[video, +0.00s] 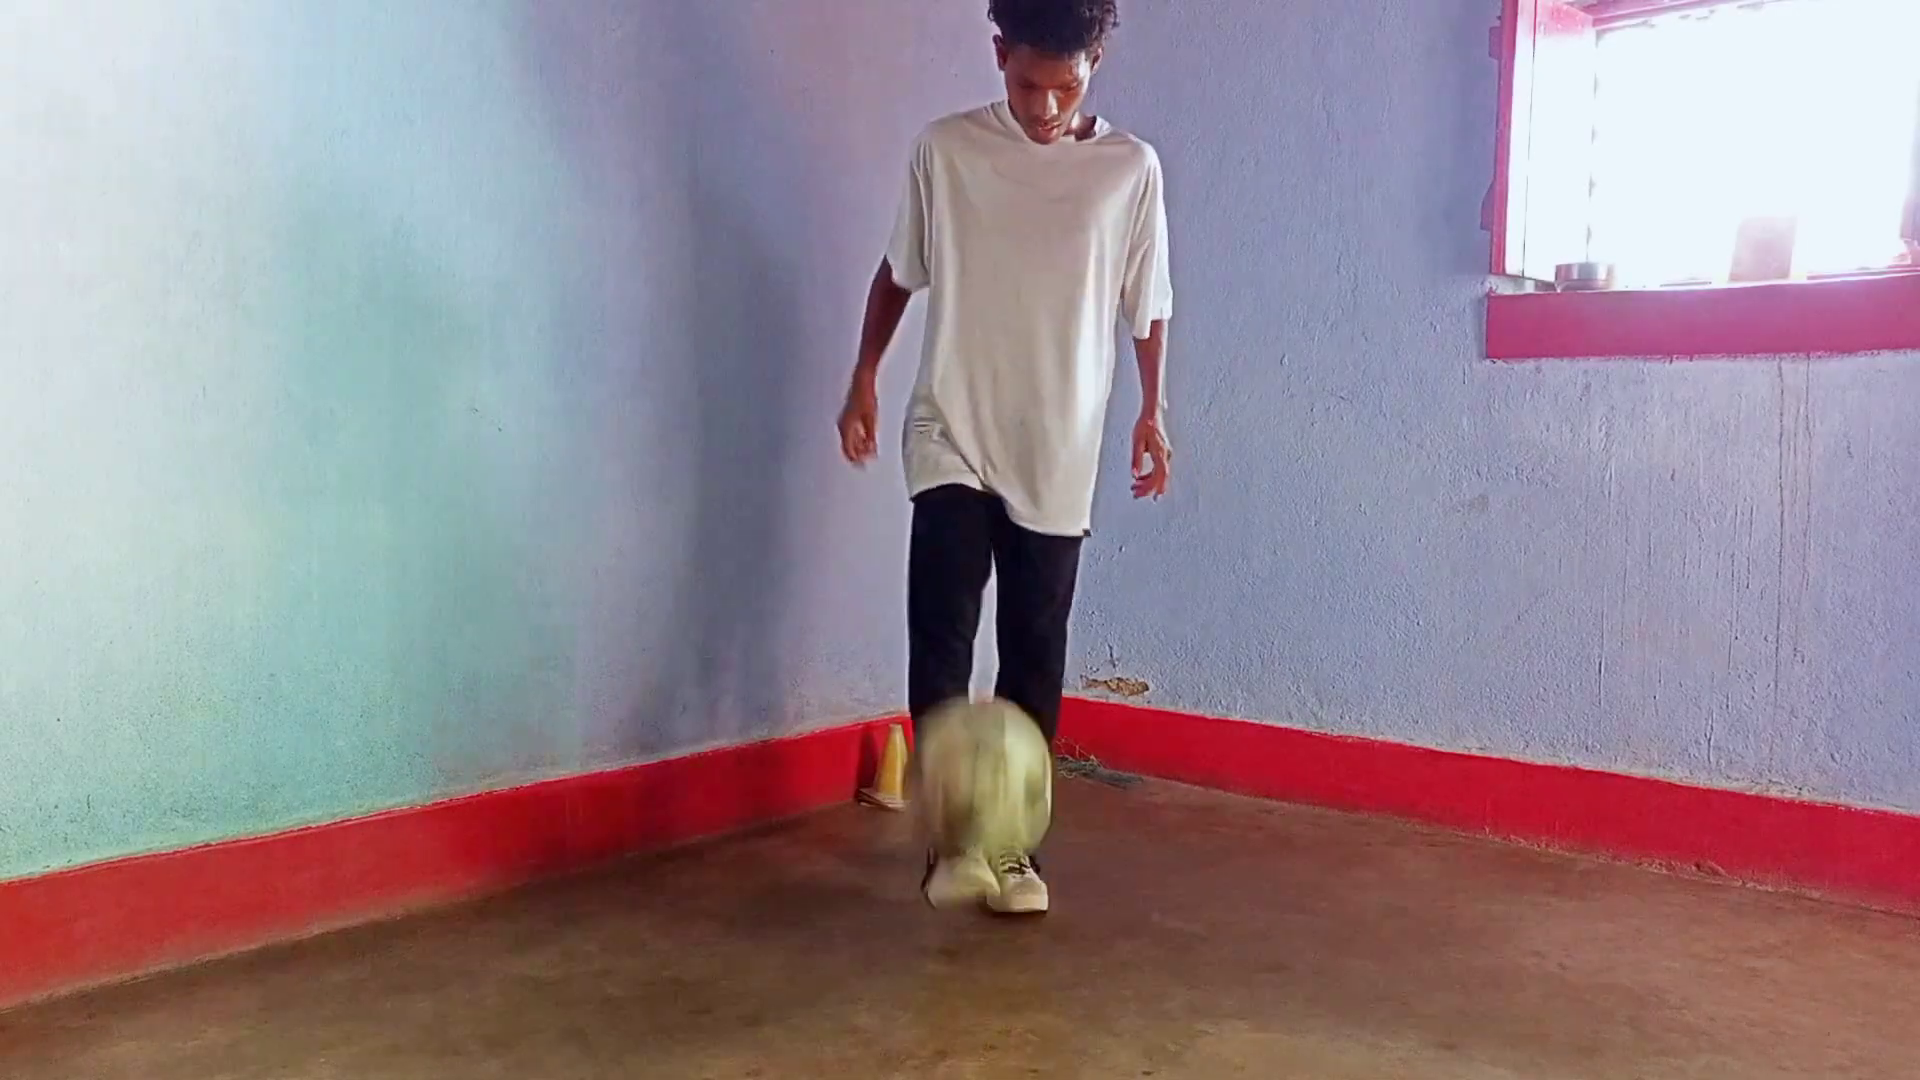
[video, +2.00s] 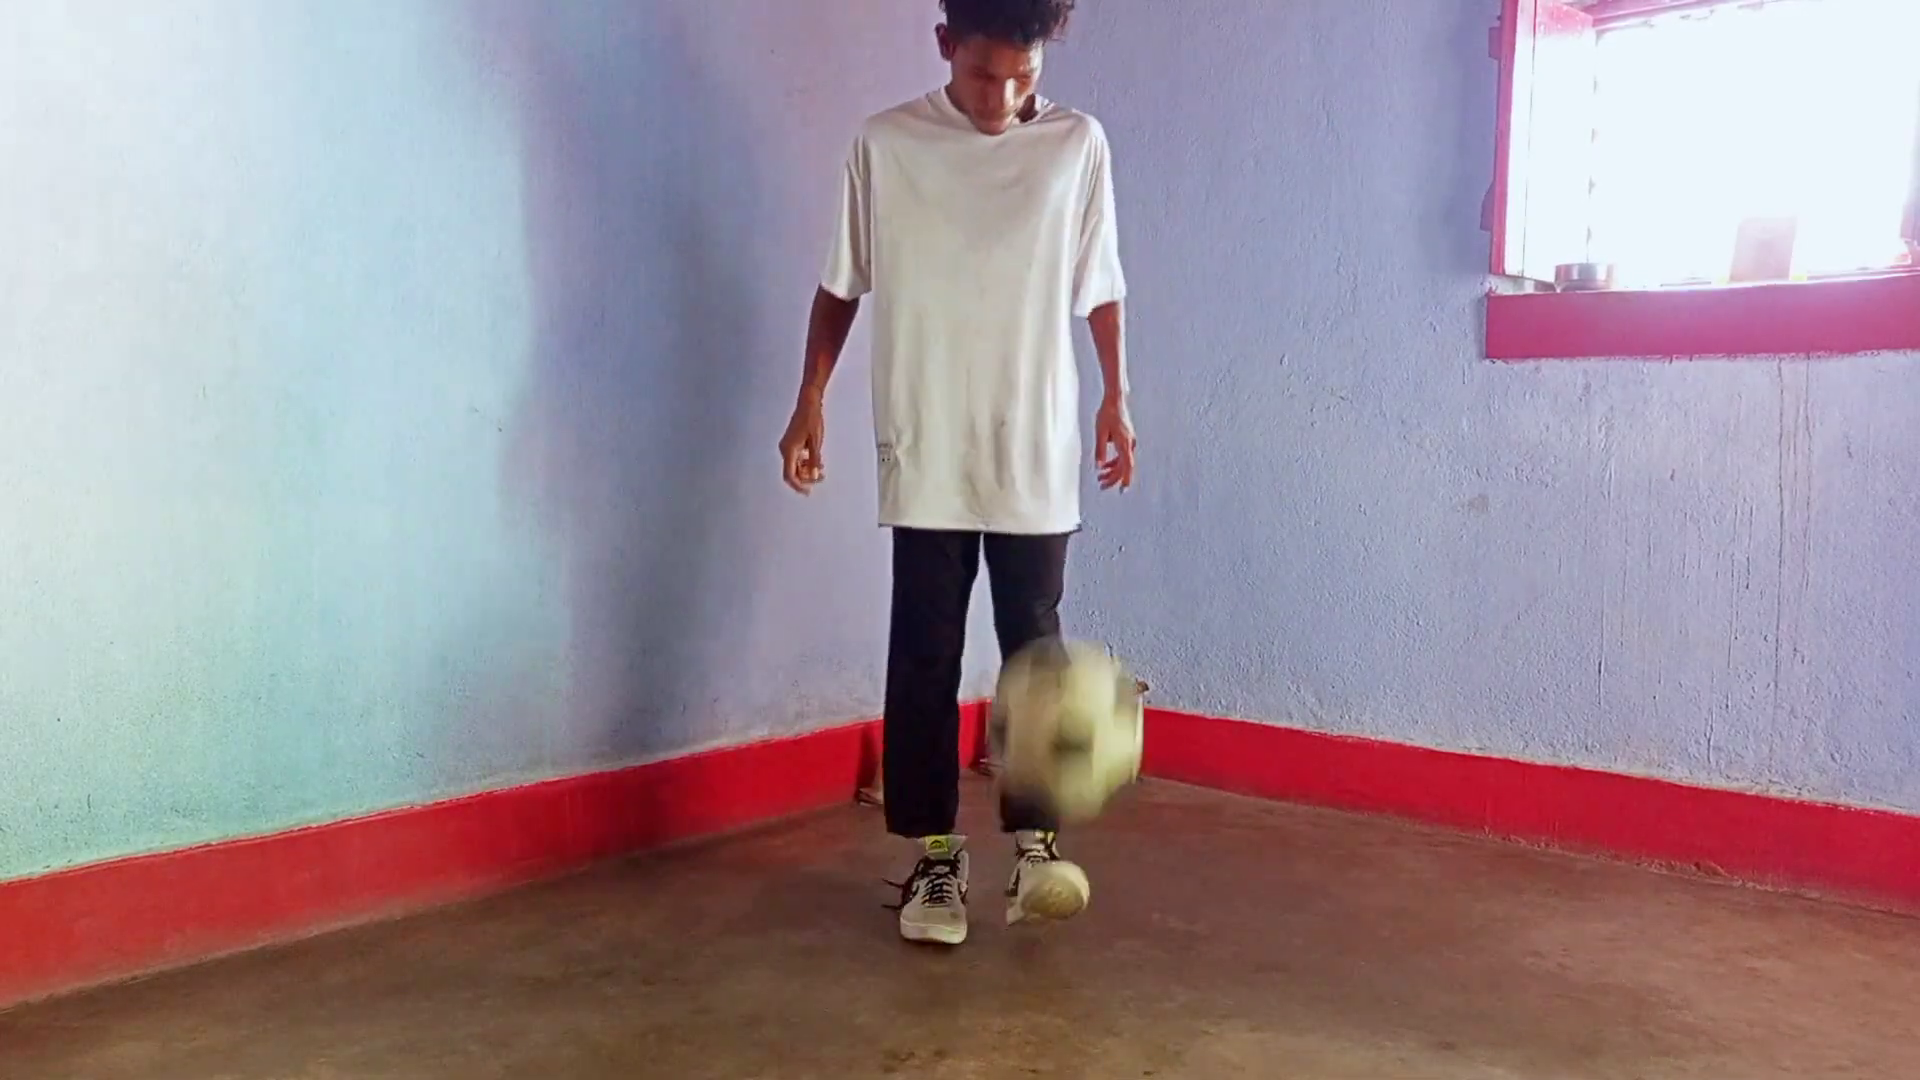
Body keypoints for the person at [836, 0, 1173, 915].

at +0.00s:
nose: (1047, 108)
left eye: (1067, 89)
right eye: (1029, 85)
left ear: (1096, 63)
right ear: (1000, 53)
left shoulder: (1132, 167)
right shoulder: (944, 148)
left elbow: (1147, 302)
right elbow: (898, 273)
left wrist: (1152, 411)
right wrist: (863, 377)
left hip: (1058, 444)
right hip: (953, 431)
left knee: (1035, 652)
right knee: (941, 638)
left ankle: (1017, 849)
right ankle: (953, 842)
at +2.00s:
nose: (1001, 97)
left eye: (1019, 77)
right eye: (983, 76)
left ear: (1043, 56)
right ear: (944, 46)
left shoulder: (1076, 143)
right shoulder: (884, 143)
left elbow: (1100, 281)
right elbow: (841, 283)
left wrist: (1116, 398)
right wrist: (809, 402)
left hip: (1036, 441)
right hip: (925, 442)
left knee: (1036, 649)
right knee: (926, 657)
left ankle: (1036, 847)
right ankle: (935, 860)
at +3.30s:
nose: (1115, 111)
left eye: (1135, 93)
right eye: (1099, 86)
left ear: (1155, 79)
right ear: (1063, 58)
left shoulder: (1164, 194)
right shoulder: (981, 140)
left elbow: (1191, 340)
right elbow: (904, 265)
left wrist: (1229, 458)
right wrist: (862, 362)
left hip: (1061, 456)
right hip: (959, 430)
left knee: (1060, 659)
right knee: (986, 586)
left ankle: (1035, 865)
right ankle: (984, 840)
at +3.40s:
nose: (1127, 97)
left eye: (1146, 81)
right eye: (1113, 73)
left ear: (1167, 73)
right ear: (1078, 48)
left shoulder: (1176, 178)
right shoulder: (1000, 122)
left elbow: (1202, 313)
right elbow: (911, 226)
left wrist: (1233, 422)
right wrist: (868, 323)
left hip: (1071, 437)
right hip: (975, 385)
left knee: (1064, 656)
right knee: (975, 476)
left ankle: (1022, 855)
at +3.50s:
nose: (1118, 71)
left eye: (1137, 53)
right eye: (1101, 47)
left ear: (1160, 47)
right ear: (1064, 31)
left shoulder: (1178, 152)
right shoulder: (991, 112)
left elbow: (1215, 277)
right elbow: (910, 211)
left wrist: (1257, 362)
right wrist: (830, 271)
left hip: (1085, 419)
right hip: (995, 376)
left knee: (1077, 623)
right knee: (998, 249)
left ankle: (1029, 839)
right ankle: (936, 405)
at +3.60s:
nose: (1090, 60)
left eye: (1112, 42)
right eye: (1074, 35)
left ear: (1140, 38)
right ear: (1044, 24)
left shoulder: (1174, 142)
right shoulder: (978, 112)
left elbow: (1254, 253)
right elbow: (916, 227)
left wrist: (1313, 336)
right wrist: (825, 265)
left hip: (1087, 384)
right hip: (978, 365)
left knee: (1073, 604)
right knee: (1001, 167)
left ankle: (1026, 843)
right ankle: (965, 369)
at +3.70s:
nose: (1062, 58)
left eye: (1086, 36)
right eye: (1046, 32)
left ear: (1122, 25)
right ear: (1021, 19)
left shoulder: (1167, 138)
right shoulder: (963, 121)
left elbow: (1265, 243)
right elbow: (922, 252)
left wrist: (1357, 328)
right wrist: (842, 313)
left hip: (1078, 411)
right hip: (980, 388)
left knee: (1069, 616)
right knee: (1045, 233)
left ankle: (1018, 846)